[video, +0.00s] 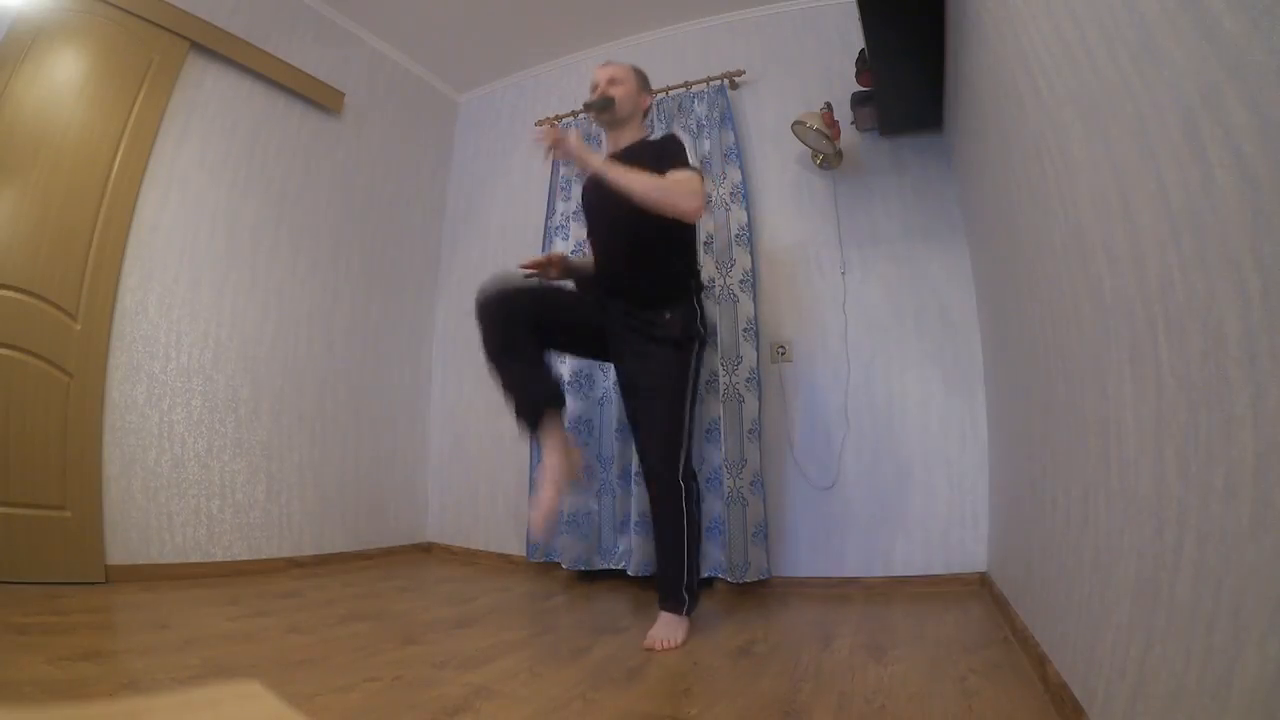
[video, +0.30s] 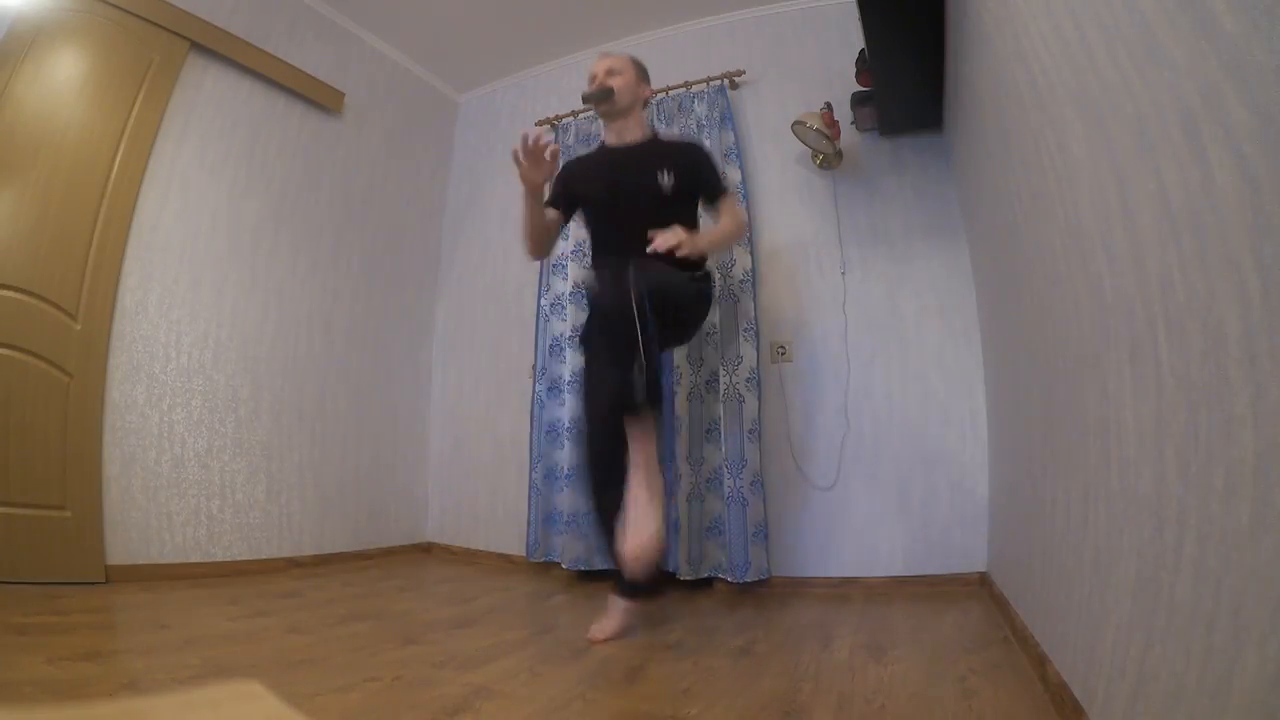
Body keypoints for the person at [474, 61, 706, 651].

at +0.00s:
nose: (601, 90)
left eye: (616, 81)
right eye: (594, 86)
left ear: (647, 101)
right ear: (588, 110)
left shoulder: (665, 149)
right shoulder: (596, 180)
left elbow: (690, 203)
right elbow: (611, 270)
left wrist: (590, 161)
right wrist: (566, 266)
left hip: (663, 325)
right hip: (607, 315)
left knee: (663, 465)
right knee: (501, 304)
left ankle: (674, 604)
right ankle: (556, 444)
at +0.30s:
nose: (600, 83)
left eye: (614, 73)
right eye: (593, 79)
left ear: (647, 91)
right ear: (588, 101)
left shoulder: (683, 155)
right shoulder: (581, 170)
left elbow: (734, 218)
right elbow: (538, 245)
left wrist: (698, 242)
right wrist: (534, 189)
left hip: (679, 296)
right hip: (613, 304)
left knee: (624, 281)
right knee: (604, 433)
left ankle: (643, 471)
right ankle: (626, 585)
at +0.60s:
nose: (614, 70)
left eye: (628, 62)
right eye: (607, 66)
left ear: (658, 82)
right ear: (601, 89)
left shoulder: (682, 137)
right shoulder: (597, 157)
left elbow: (709, 205)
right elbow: (632, 228)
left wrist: (621, 155)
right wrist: (598, 261)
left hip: (678, 296)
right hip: (616, 301)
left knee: (667, 428)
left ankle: (691, 583)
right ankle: (608, 529)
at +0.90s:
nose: (607, 79)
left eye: (621, 70)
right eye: (600, 75)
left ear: (652, 89)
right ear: (595, 96)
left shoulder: (683, 138)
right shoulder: (597, 172)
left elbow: (752, 206)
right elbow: (596, 262)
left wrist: (671, 203)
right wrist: (574, 242)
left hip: (687, 300)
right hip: (626, 304)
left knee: (678, 432)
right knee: (547, 383)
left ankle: (703, 578)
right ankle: (596, 520)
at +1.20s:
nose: (614, 87)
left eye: (628, 78)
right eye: (607, 82)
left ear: (658, 93)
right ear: (599, 101)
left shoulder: (693, 165)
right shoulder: (585, 175)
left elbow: (728, 248)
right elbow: (554, 262)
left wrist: (679, 230)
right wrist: (553, 240)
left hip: (681, 297)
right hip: (614, 308)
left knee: (646, 287)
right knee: (620, 453)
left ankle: (673, 449)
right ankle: (643, 597)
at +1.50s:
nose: (603, 85)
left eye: (616, 77)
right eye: (595, 81)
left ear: (648, 96)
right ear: (590, 106)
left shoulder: (676, 152)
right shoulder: (595, 182)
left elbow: (713, 223)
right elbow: (603, 264)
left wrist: (626, 168)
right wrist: (565, 257)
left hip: (672, 313)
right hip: (614, 307)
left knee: (666, 457)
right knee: (522, 259)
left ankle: (670, 607)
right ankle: (572, 407)